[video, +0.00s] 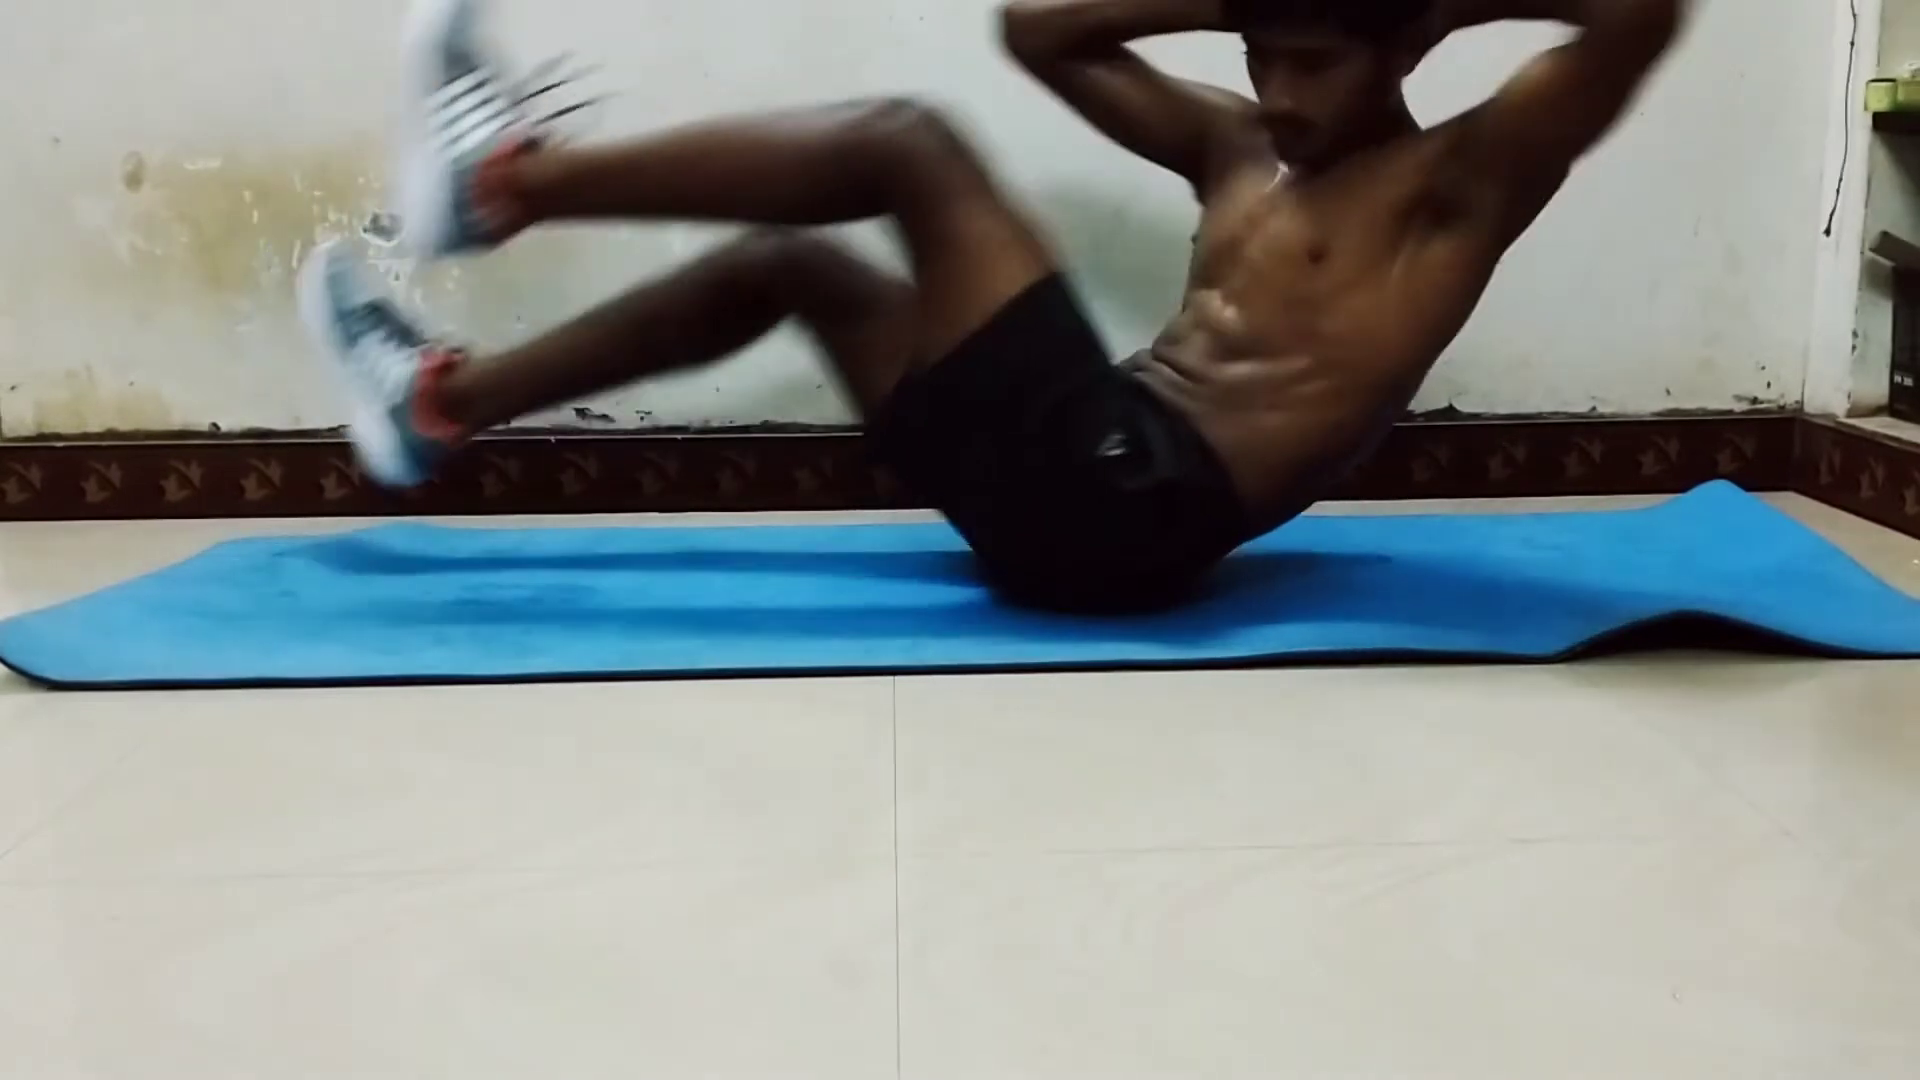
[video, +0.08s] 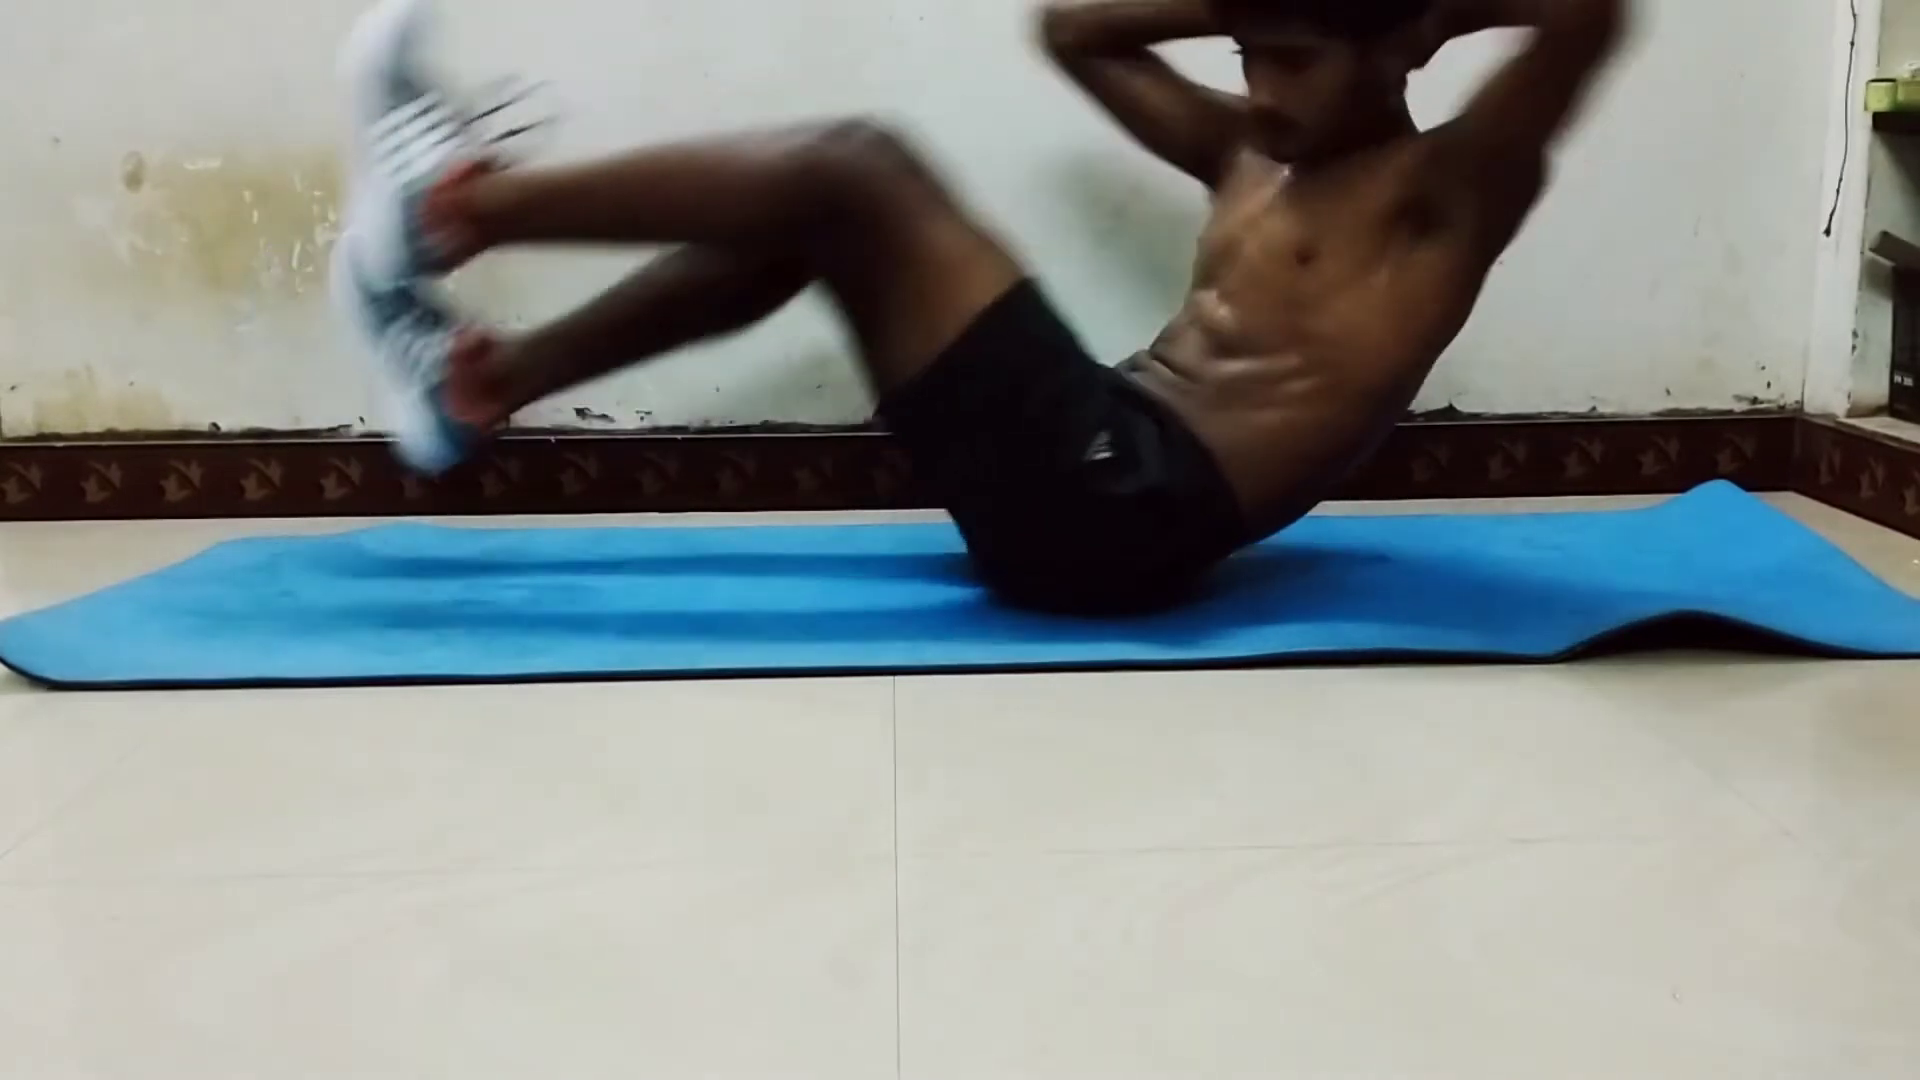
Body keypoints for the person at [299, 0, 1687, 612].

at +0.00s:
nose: (1273, 87)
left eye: (1309, 63)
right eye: (1263, 67)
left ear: (1394, 61)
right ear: (1267, 72)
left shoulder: (1460, 181)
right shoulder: (1237, 151)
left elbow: (1643, 27)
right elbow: (1048, 37)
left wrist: (1461, 25)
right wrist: (1234, 29)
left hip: (1138, 509)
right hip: (1059, 476)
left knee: (917, 142)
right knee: (795, 266)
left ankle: (496, 187)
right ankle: (442, 410)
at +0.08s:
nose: (1254, 93)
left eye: (1289, 64)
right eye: (1248, 66)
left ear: (1385, 62)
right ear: (1251, 59)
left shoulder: (1451, 187)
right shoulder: (1245, 155)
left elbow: (1599, 18)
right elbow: (1067, 35)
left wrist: (1441, 22)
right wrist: (1241, 21)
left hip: (1127, 512)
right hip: (1068, 471)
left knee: (860, 169)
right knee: (829, 205)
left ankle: (455, 208)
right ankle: (486, 386)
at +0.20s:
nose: (1217, 97)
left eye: (1243, 66)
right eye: (1206, 74)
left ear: (1344, 45)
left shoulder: (1404, 174)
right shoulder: (1327, 174)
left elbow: (1386, 99)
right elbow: (1259, 151)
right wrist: (1180, 77)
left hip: (1119, 513)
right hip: (1101, 447)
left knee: (808, 223)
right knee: (893, 161)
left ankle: (370, 245)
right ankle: (539, 334)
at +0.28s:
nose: (1235, 81)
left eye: (1252, 50)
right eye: (1241, 54)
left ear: (1343, 47)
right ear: (1351, 52)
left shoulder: (1379, 172)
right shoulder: (1333, 186)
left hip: (1118, 503)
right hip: (1091, 427)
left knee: (742, 310)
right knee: (1012, 121)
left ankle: (302, 295)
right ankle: (641, 233)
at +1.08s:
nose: (1265, 81)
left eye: (1290, 44)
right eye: (1253, 49)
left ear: (1409, 41)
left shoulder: (1427, 175)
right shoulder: (1344, 193)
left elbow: (1414, 125)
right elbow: (1186, 112)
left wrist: (1379, 73)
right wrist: (1341, 89)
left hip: (1149, 514)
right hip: (1115, 487)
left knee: (875, 180)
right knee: (846, 248)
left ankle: (474, 261)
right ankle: (475, 229)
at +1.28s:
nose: (1289, 92)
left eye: (1322, 67)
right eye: (1280, 66)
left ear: (1412, 66)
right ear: (1284, 71)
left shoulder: (1455, 189)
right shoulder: (1272, 172)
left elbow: (1595, 31)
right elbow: (1096, 107)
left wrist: (1451, 51)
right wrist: (1270, 64)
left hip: (1153, 508)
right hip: (1074, 463)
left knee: (1061, 103)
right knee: (752, 348)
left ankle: (659, 153)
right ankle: (379, 324)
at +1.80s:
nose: (1273, 96)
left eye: (1297, 68)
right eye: (1266, 66)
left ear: (1394, 67)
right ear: (1289, 71)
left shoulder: (1465, 215)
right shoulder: (1308, 166)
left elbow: (1507, 46)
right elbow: (1125, 52)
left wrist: (1440, 64)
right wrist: (1269, 39)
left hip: (1179, 524)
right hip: (1127, 475)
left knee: (909, 162)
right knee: (897, 169)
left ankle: (492, 205)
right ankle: (507, 356)